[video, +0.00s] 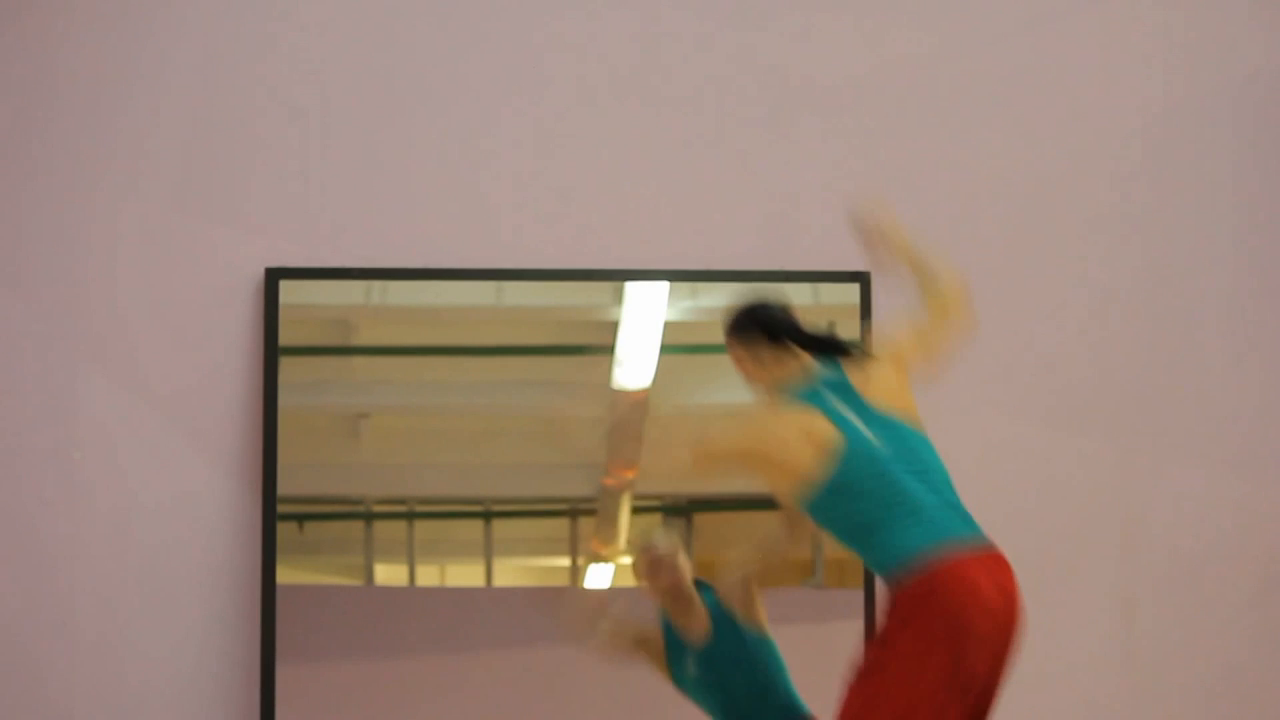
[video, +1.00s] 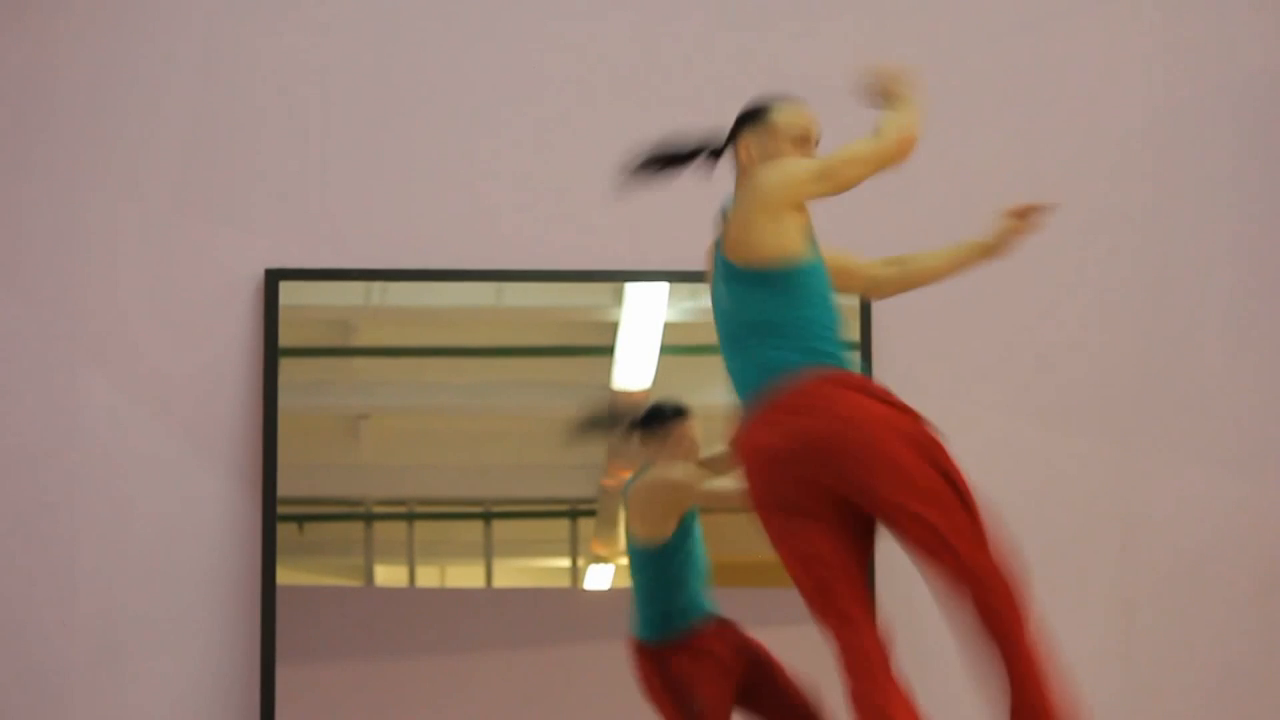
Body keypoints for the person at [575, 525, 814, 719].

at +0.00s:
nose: (669, 571)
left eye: (673, 559)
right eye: (657, 568)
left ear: (688, 562)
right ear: (646, 583)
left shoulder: (736, 593)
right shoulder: (655, 646)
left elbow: (791, 534)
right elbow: (585, 634)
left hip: (794, 713)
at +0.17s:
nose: (672, 538)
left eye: (676, 529)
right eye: (661, 532)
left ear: (687, 531)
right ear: (639, 545)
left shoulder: (724, 556)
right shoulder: (654, 607)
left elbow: (774, 489)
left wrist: (735, 426)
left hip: (782, 707)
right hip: (729, 715)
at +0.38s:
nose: (671, 535)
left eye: (676, 527)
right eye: (660, 532)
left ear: (687, 530)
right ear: (638, 545)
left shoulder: (724, 555)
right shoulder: (653, 606)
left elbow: (774, 490)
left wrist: (737, 429)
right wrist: (665, 505)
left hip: (782, 706)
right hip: (728, 714)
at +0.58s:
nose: (692, 460)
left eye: (690, 451)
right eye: (684, 450)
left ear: (660, 457)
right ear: (662, 455)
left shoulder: (679, 492)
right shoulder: (646, 508)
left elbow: (740, 446)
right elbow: (720, 506)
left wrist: (743, 388)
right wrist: (783, 486)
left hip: (739, 654)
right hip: (695, 675)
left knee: (788, 712)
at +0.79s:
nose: (692, 458)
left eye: (689, 449)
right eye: (684, 449)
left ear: (660, 457)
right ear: (662, 455)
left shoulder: (678, 493)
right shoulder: (647, 507)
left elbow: (740, 446)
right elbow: (725, 505)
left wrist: (743, 387)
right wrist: (788, 485)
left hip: (739, 654)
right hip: (695, 676)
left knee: (788, 712)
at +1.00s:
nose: (696, 442)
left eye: (693, 433)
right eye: (689, 433)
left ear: (666, 439)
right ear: (669, 438)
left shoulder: (677, 475)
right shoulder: (658, 484)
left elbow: (734, 456)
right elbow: (747, 498)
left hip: (708, 633)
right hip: (672, 652)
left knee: (797, 710)